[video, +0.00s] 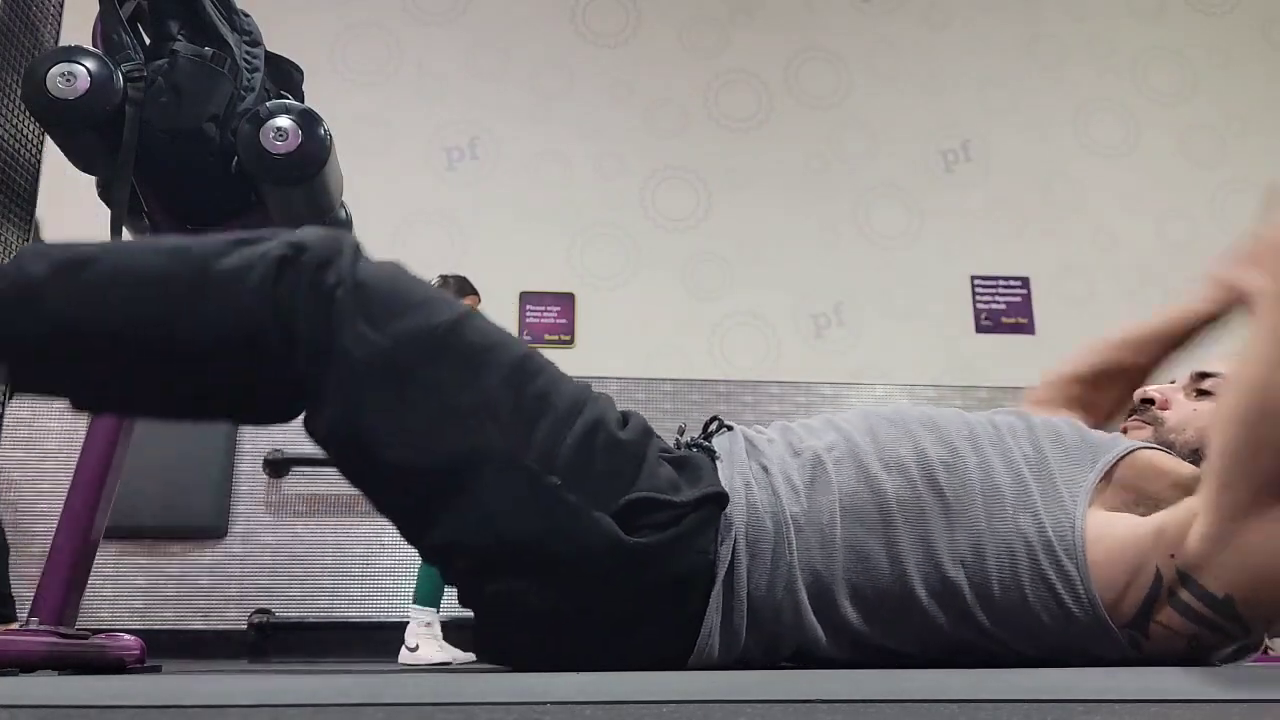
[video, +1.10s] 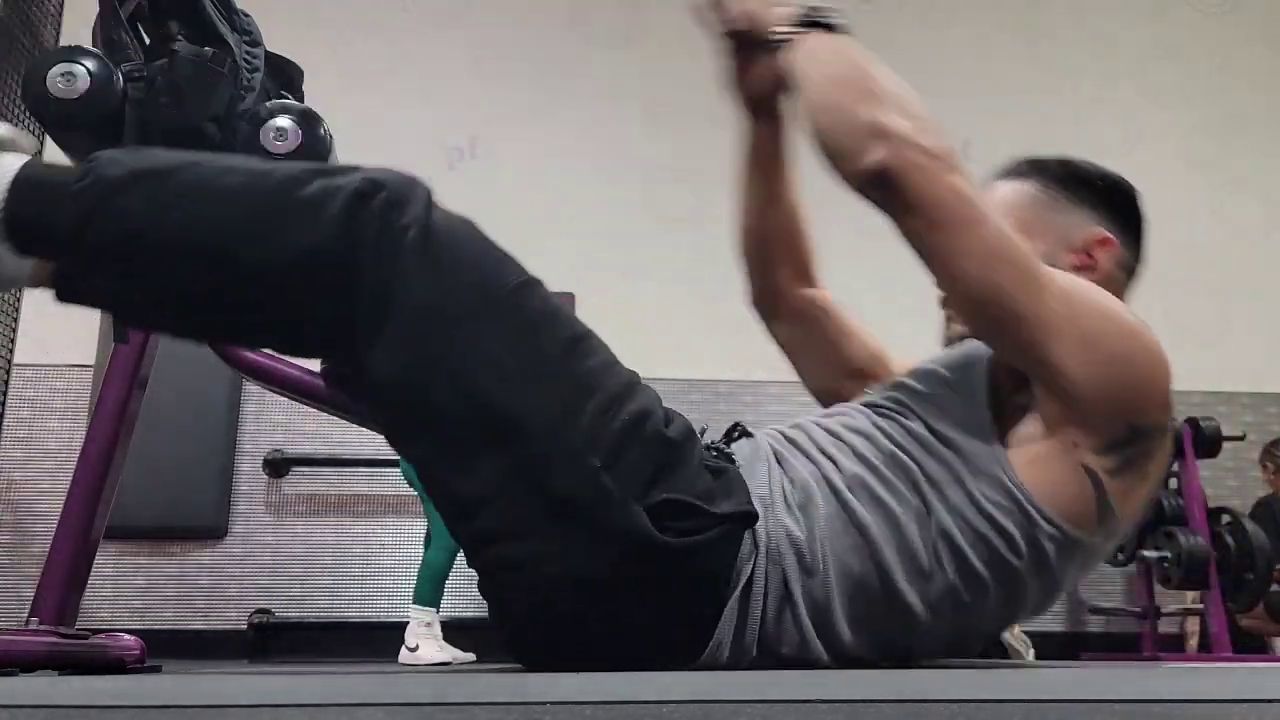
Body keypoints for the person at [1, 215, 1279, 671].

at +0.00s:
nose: (1182, 395)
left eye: (1214, 390)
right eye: (1188, 378)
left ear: (1244, 449)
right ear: (1171, 411)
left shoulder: (1190, 568)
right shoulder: (1091, 463)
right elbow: (1075, 384)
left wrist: (1244, 310)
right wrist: (1222, 294)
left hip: (671, 552)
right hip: (657, 484)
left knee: (324, 289)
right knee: (322, 296)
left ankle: (3, 303)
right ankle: (12, 311)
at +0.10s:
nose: (1222, 371)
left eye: (1252, 374)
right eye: (1237, 355)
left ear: (1265, 440)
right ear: (1205, 390)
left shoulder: (1215, 542)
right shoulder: (1087, 488)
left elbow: (1132, 248)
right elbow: (947, 391)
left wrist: (1115, 169)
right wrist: (1016, 209)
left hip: (683, 564)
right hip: (674, 508)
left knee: (365, 268)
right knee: (373, 287)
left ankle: (14, 237)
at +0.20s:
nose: (1098, 340)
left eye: (1140, 330)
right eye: (1113, 323)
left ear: (1239, 378)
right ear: (1191, 370)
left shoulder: (1219, 479)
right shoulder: (1059, 470)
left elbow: (961, 265)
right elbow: (864, 366)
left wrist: (808, 128)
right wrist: (791, 180)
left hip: (700, 566)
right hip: (677, 528)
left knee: (401, 246)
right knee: (404, 244)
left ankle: (38, 215)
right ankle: (69, 197)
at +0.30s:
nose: (992, 290)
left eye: (1026, 265)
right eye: (1000, 268)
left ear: (1134, 291)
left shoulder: (1157, 406)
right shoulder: (986, 428)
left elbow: (866, 275)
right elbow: (769, 332)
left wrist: (657, 165)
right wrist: (638, 179)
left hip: (717, 557)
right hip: (675, 536)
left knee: (426, 231)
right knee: (425, 222)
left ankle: (64, 195)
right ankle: (82, 168)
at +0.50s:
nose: (850, 196)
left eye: (878, 168)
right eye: (853, 175)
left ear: (984, 170)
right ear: (924, 183)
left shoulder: (1036, 287)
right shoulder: (861, 343)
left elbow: (759, 212)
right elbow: (646, 287)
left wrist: (516, 112)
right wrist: (495, 157)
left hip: (696, 570)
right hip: (643, 564)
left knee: (472, 189)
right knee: (470, 185)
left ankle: (78, 164)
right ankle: (98, 157)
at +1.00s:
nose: (889, 210)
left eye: (921, 185)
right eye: (892, 185)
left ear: (1019, 196)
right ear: (923, 214)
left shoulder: (1064, 323)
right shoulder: (883, 366)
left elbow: (798, 165)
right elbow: (699, 282)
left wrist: (635, 31)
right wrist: (605, 114)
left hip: (686, 569)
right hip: (654, 541)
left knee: (443, 196)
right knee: (438, 211)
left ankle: (75, 163)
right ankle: (95, 180)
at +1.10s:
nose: (964, 256)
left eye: (997, 228)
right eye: (964, 232)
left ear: (1095, 261)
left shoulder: (1126, 389)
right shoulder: (933, 406)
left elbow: (905, 174)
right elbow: (788, 293)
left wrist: (798, 52)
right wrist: (765, 110)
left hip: (694, 559)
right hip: (644, 539)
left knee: (384, 241)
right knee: (383, 239)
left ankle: (28, 211)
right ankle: (64, 191)